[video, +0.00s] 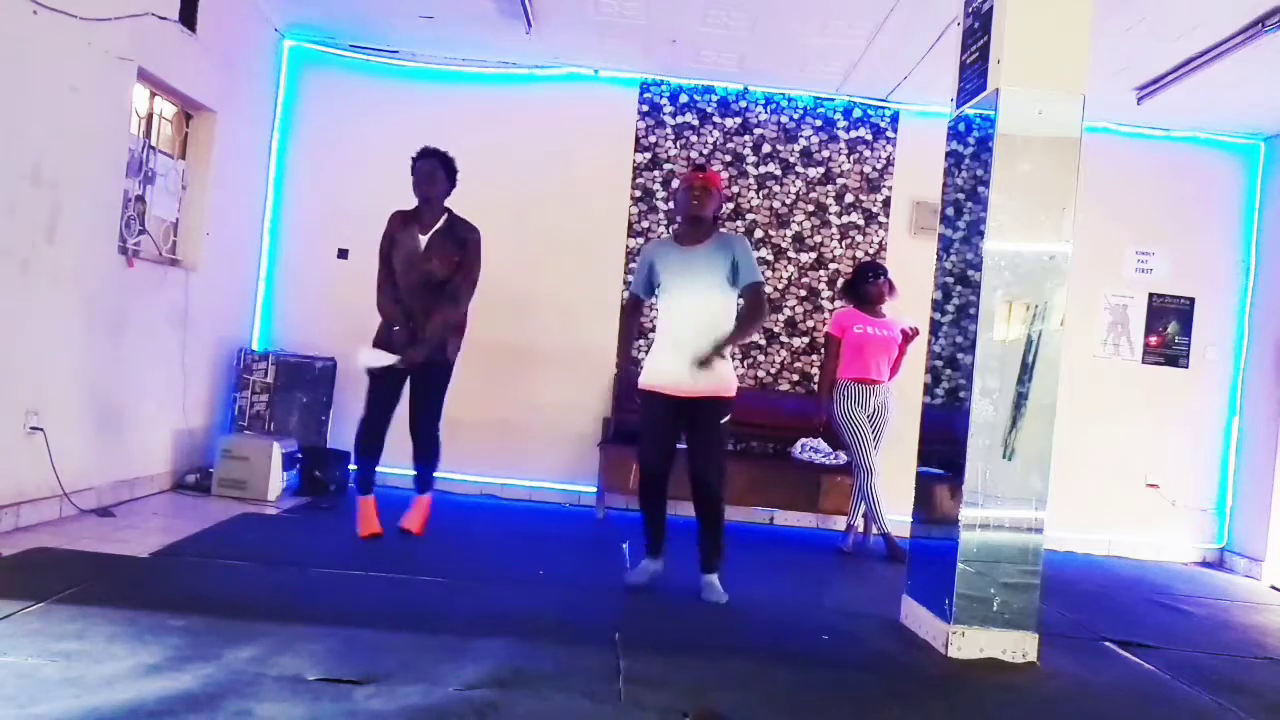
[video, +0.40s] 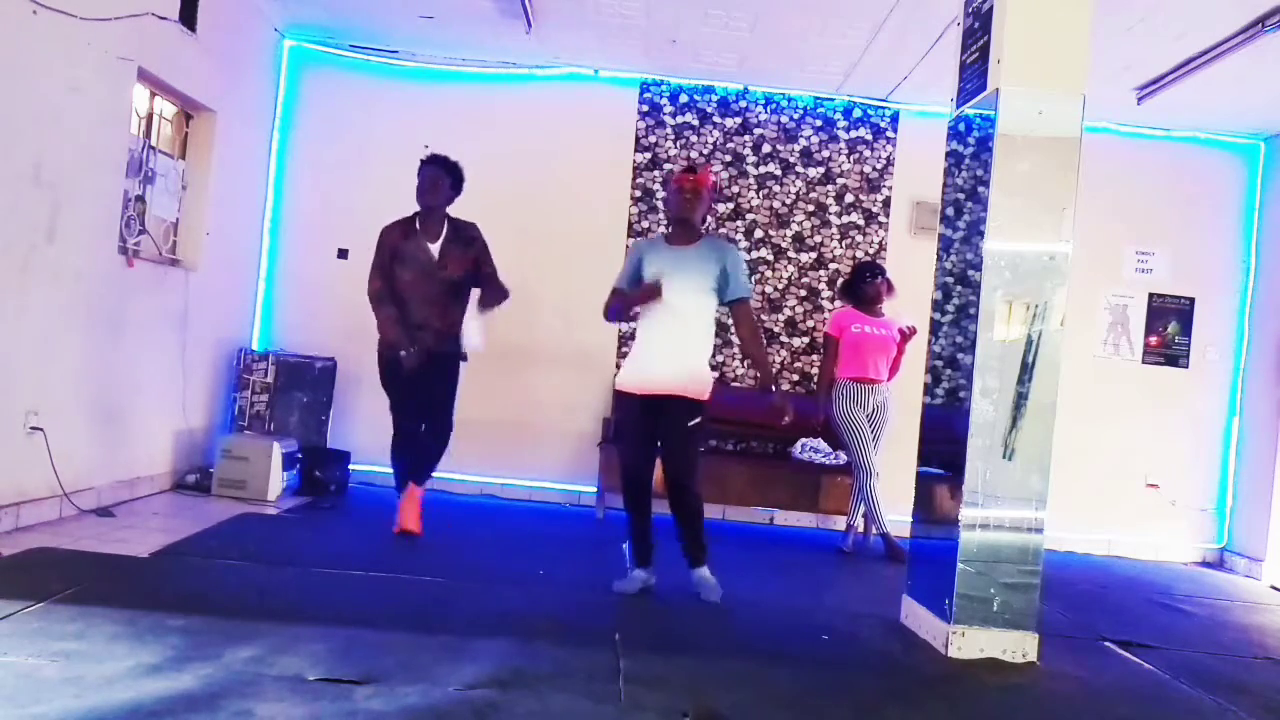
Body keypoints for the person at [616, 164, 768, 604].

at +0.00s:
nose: (696, 199)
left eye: (705, 193)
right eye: (689, 191)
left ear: (719, 202)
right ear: (677, 198)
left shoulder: (735, 248)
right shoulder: (655, 251)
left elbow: (757, 307)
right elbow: (631, 308)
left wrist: (725, 344)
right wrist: (624, 358)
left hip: (711, 387)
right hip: (659, 384)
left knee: (707, 480)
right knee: (651, 473)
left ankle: (710, 573)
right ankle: (653, 557)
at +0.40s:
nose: (686, 198)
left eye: (694, 193)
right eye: (680, 191)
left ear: (708, 203)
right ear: (668, 198)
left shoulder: (724, 253)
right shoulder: (643, 251)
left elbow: (746, 323)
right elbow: (611, 310)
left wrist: (770, 384)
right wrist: (636, 298)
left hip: (686, 384)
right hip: (636, 382)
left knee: (681, 481)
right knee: (635, 479)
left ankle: (699, 568)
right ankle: (641, 568)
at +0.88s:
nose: (689, 198)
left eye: (698, 192)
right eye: (683, 189)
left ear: (710, 200)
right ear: (669, 193)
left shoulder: (720, 258)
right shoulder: (638, 241)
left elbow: (720, 326)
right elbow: (612, 308)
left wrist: (720, 387)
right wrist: (630, 328)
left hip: (688, 386)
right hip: (632, 384)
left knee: (692, 479)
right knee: (620, 475)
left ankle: (669, 568)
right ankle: (611, 565)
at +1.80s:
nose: (644, 187)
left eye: (653, 180)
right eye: (638, 179)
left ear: (669, 188)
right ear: (627, 187)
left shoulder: (692, 241)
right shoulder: (608, 245)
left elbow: (700, 314)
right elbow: (601, 315)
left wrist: (687, 376)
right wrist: (594, 379)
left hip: (665, 388)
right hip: (613, 385)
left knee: (676, 486)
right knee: (601, 480)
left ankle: (690, 578)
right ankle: (578, 571)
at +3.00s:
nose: (707, 196)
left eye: (718, 193)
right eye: (705, 187)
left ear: (734, 209)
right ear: (695, 191)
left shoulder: (734, 261)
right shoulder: (656, 233)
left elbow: (736, 331)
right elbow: (628, 293)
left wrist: (731, 396)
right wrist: (598, 352)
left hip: (688, 387)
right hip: (635, 377)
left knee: (674, 483)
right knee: (618, 474)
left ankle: (668, 574)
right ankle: (601, 567)